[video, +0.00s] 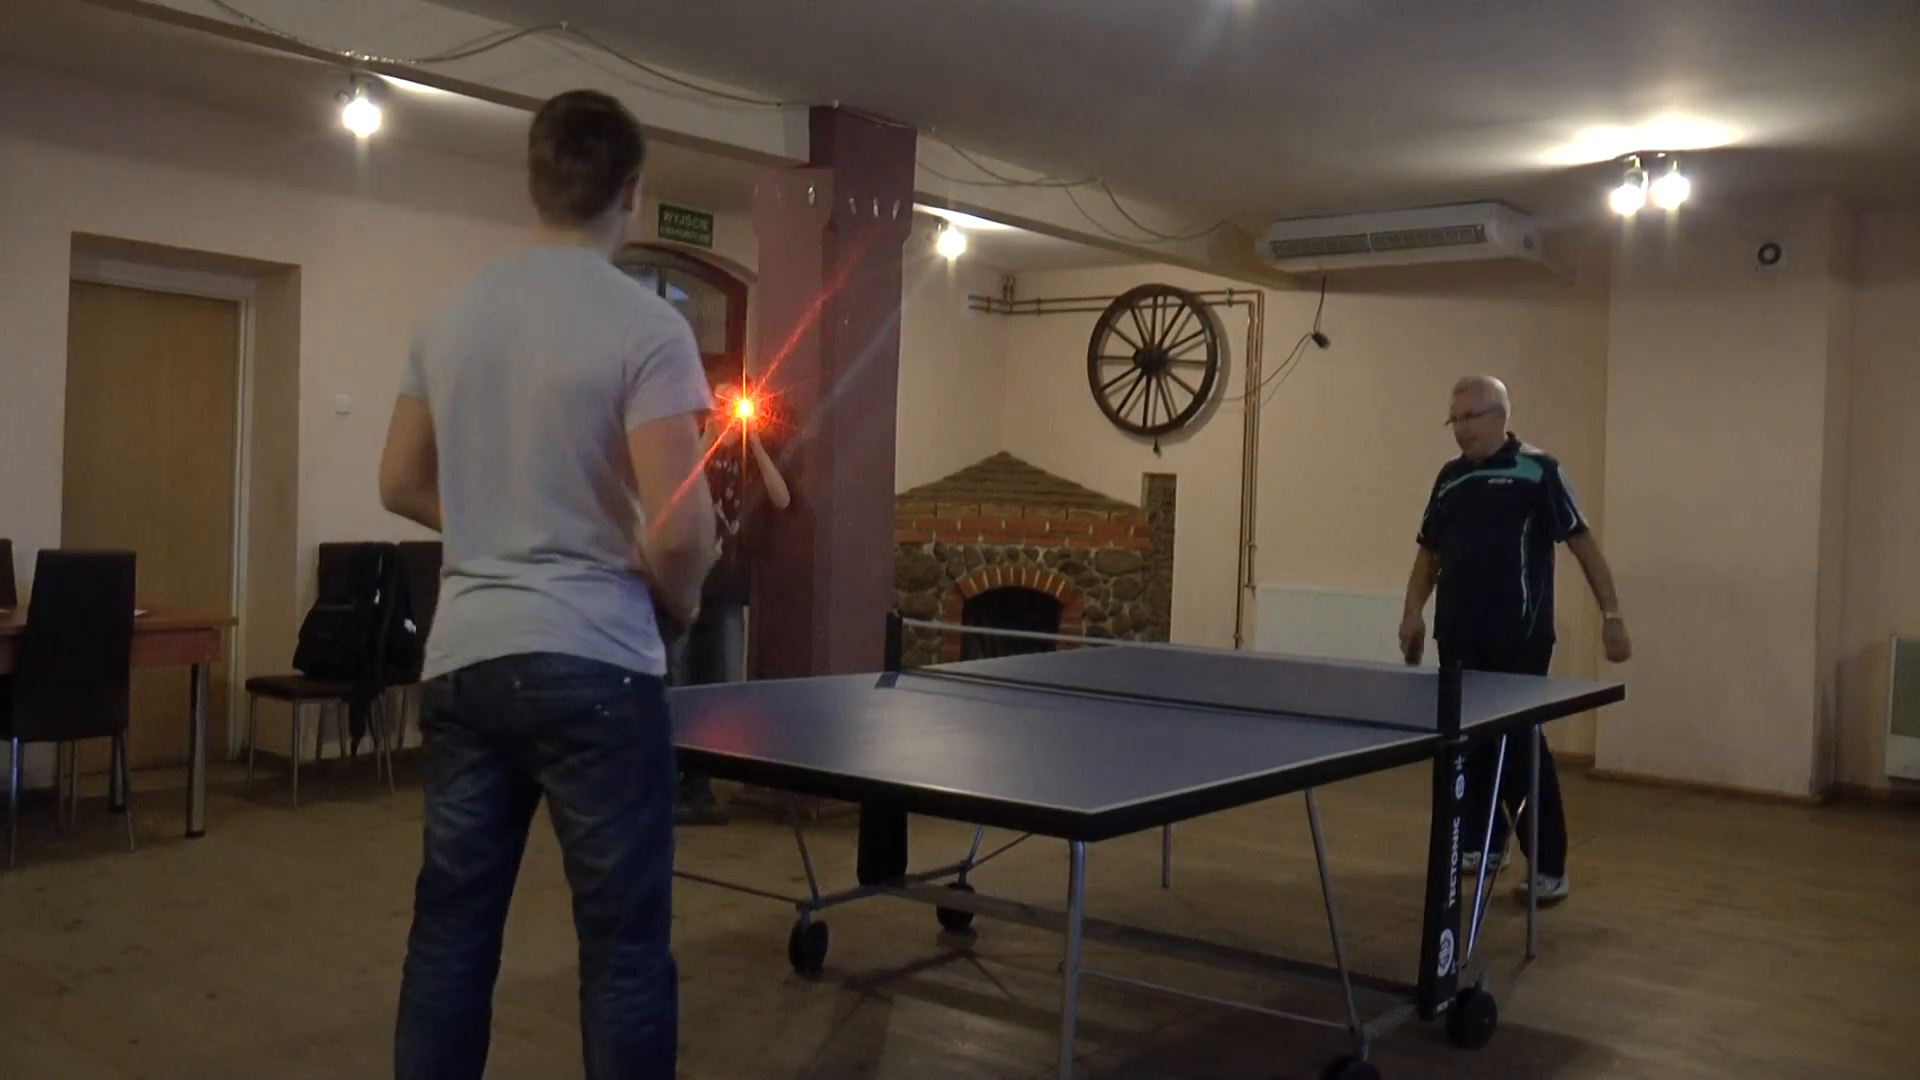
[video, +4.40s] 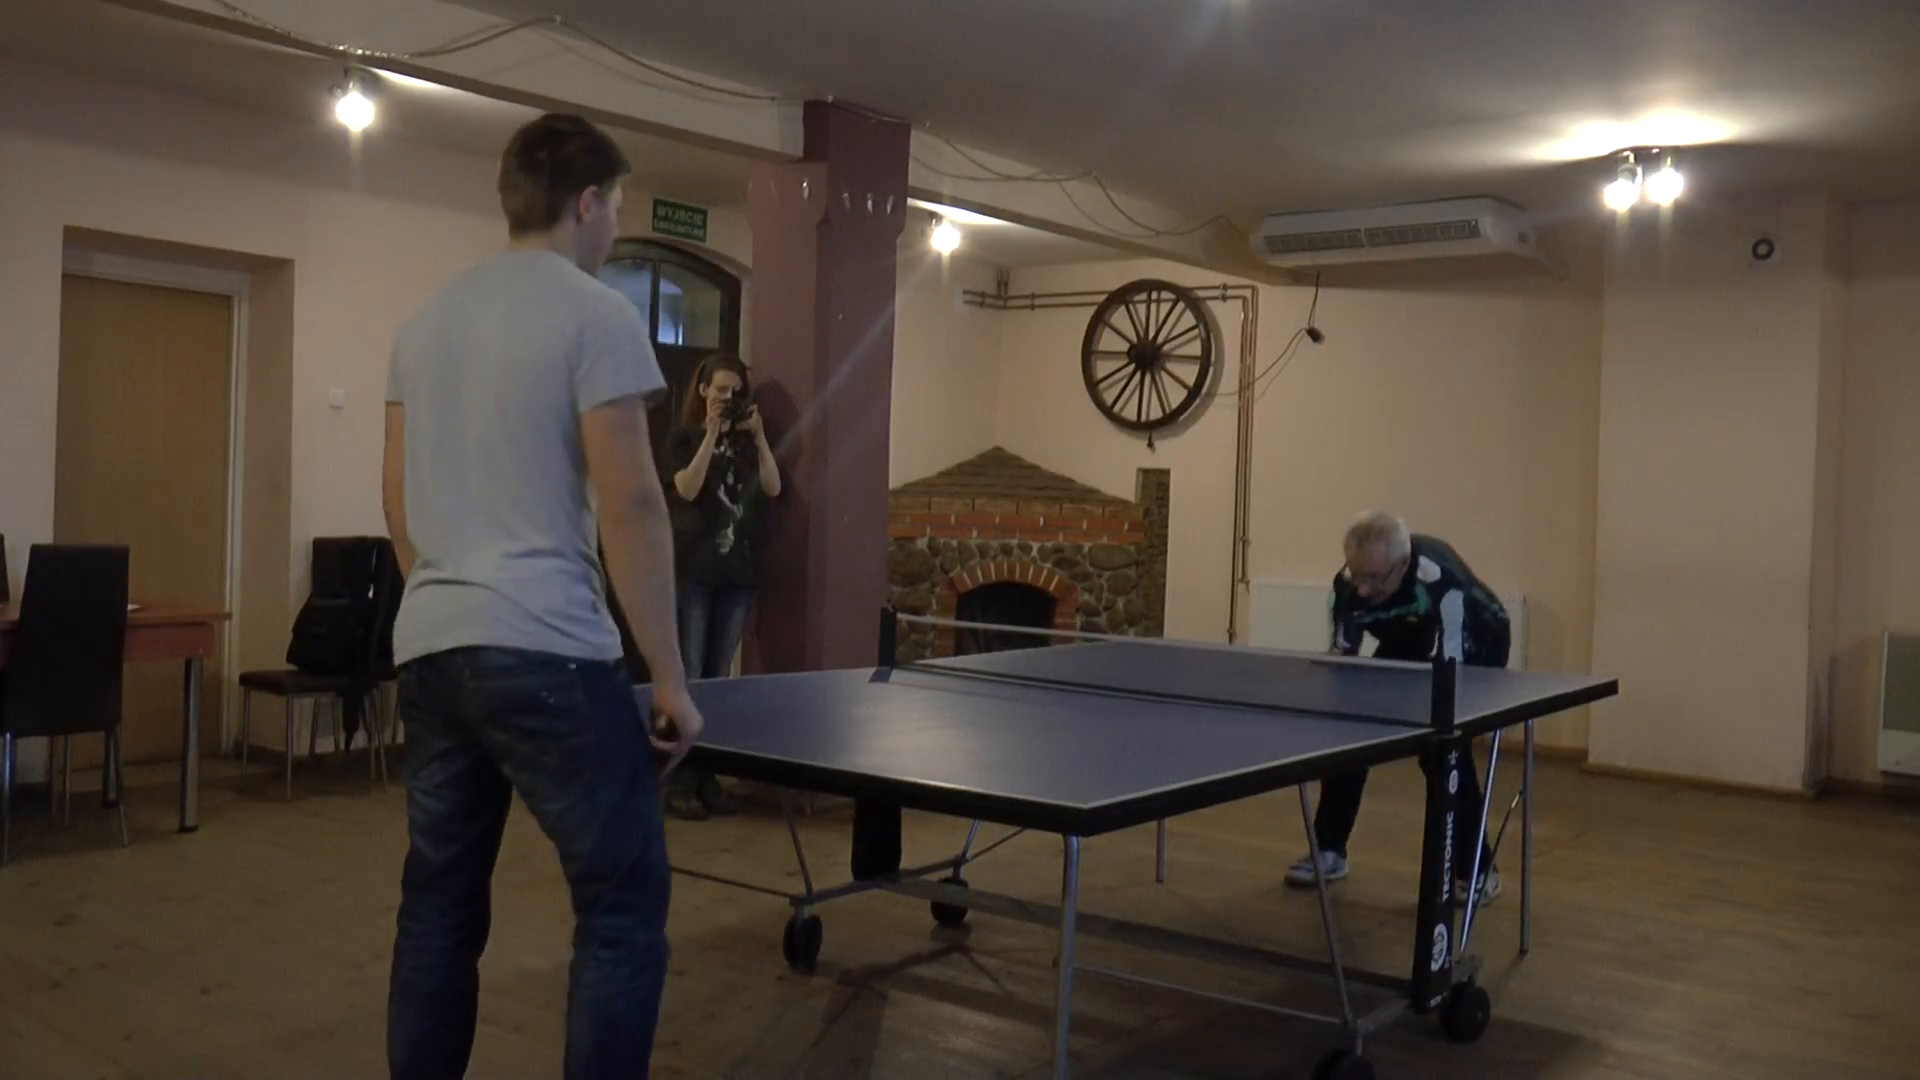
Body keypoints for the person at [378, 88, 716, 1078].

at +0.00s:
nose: (641, 201)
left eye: (632, 185)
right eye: (642, 187)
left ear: (532, 187)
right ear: (631, 194)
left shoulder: (453, 315)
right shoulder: (648, 324)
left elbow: (404, 480)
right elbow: (675, 534)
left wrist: (504, 525)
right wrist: (679, 604)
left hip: (463, 651)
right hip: (593, 655)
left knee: (450, 924)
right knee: (624, 939)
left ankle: (428, 1073)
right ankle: (631, 1075)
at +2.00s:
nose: (591, 241)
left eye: (593, 222)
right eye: (592, 220)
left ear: (487, 206)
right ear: (567, 210)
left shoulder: (388, 312)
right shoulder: (584, 310)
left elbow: (310, 488)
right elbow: (706, 483)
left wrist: (389, 555)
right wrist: (653, 530)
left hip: (378, 664)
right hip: (519, 664)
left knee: (362, 940)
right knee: (580, 947)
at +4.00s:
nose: (693, 222)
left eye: (695, 205)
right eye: (695, 204)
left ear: (587, 193)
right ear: (674, 202)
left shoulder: (477, 295)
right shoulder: (682, 319)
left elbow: (398, 458)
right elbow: (727, 523)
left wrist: (445, 601)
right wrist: (723, 651)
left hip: (461, 647)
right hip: (600, 649)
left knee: (444, 909)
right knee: (598, 935)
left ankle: (413, 1071)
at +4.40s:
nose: (616, 230)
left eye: (620, 214)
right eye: (616, 212)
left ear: (511, 203)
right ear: (587, 203)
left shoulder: (423, 322)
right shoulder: (593, 309)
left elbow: (400, 506)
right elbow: (628, 500)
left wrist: (449, 617)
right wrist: (666, 674)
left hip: (429, 651)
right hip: (550, 653)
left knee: (437, 910)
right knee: (622, 912)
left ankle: (419, 1071)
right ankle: (604, 1073)